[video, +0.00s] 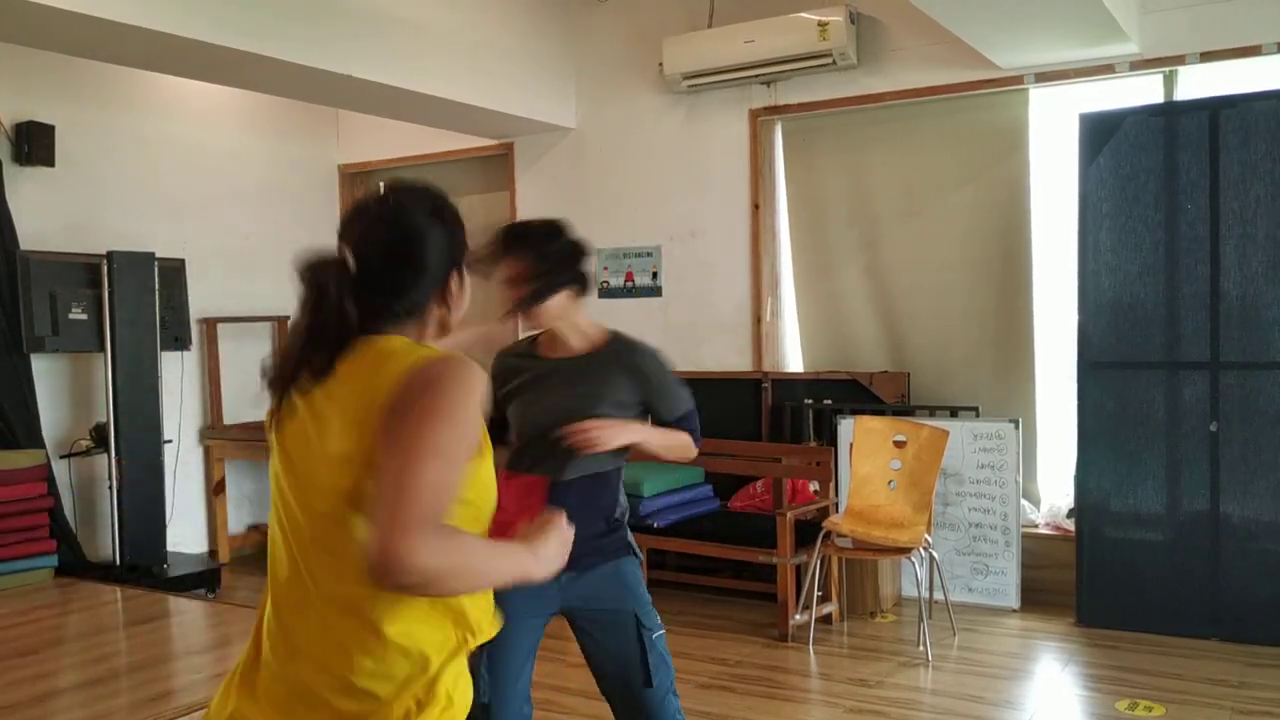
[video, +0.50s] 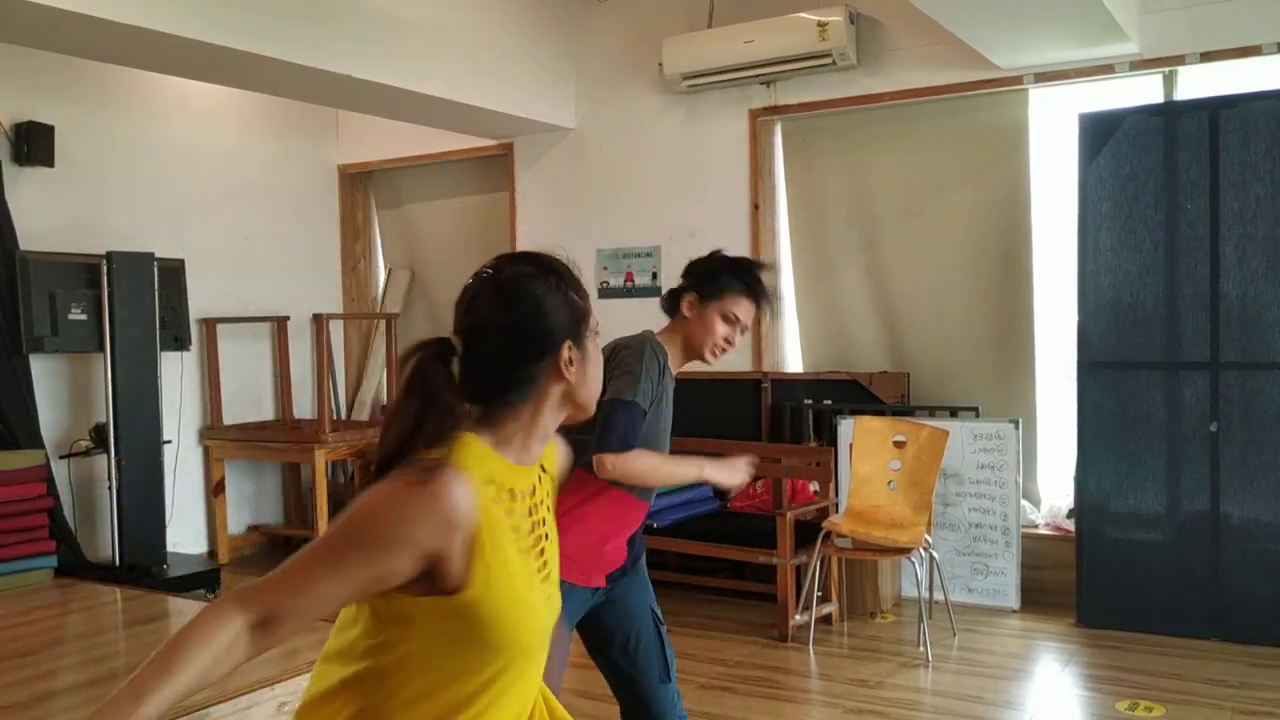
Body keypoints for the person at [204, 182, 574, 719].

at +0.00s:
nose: (466, 287)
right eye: (466, 273)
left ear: (359, 274)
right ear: (452, 288)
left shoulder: (310, 366)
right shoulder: (446, 378)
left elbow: (404, 363)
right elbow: (403, 553)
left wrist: (499, 331)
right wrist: (533, 557)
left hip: (273, 685)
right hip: (395, 699)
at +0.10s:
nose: (477, 268)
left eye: (472, 250)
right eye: (474, 253)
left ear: (361, 270)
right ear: (453, 275)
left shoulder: (448, 347)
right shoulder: (393, 384)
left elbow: (609, 332)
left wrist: (698, 259)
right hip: (376, 703)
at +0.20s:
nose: (697, 346)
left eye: (702, 338)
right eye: (702, 337)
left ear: (655, 305)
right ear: (697, 332)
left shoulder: (633, 367)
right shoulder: (620, 355)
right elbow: (544, 418)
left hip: (612, 565)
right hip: (557, 566)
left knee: (655, 704)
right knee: (530, 706)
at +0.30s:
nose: (715, 369)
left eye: (725, 358)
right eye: (725, 355)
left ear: (691, 324)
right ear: (715, 336)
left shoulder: (649, 374)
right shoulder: (630, 359)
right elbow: (570, 458)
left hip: (606, 570)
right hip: (560, 568)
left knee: (656, 706)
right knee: (533, 706)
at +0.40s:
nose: (735, 364)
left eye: (743, 353)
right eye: (740, 348)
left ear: (713, 328)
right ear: (714, 325)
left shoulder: (655, 371)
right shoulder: (636, 358)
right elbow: (590, 447)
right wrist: (715, 460)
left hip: (611, 572)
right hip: (564, 570)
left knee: (657, 703)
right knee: (529, 702)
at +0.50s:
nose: (734, 339)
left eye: (742, 331)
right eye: (729, 321)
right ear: (689, 305)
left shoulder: (660, 369)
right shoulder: (638, 357)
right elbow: (612, 460)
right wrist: (711, 469)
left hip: (619, 560)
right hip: (565, 562)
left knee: (657, 702)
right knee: (526, 698)